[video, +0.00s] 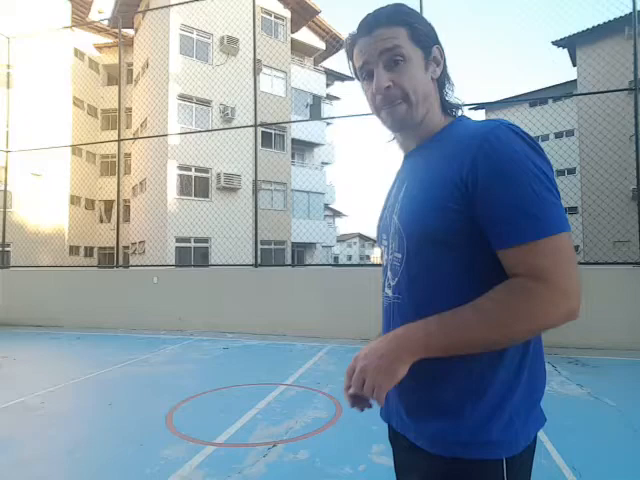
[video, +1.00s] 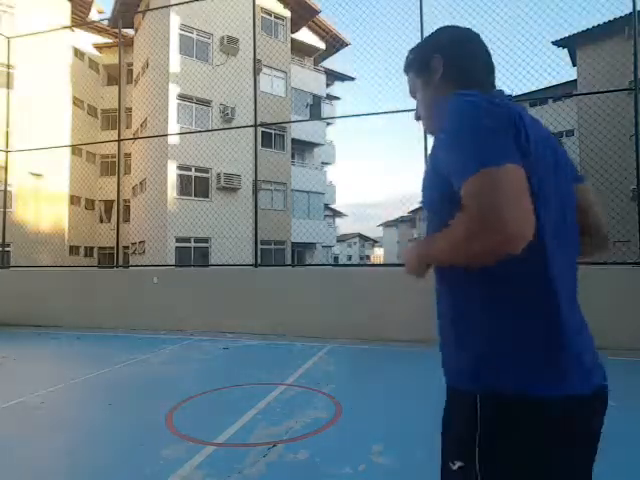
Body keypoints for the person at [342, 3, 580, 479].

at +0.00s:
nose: (381, 83)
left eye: (395, 61)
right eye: (367, 74)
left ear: (434, 63)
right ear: (361, 89)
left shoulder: (492, 146)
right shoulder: (409, 173)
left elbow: (555, 292)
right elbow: (426, 294)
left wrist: (405, 344)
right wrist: (384, 362)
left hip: (480, 439)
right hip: (414, 429)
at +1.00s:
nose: (418, 114)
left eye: (415, 94)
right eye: (413, 98)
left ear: (437, 70)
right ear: (484, 73)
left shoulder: (470, 113)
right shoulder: (537, 132)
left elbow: (503, 224)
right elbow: (591, 234)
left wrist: (427, 250)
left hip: (506, 388)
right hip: (567, 386)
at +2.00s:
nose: (369, 152)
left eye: (368, 145)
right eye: (367, 146)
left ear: (375, 142)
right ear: (419, 141)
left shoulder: (363, 178)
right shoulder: (465, 183)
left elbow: (309, 263)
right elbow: (460, 255)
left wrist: (338, 222)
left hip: (380, 380)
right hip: (455, 378)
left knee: (359, 474)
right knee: (468, 473)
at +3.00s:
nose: (394, 165)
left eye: (394, 158)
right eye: (394, 157)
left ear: (402, 160)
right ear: (441, 161)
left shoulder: (380, 204)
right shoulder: (469, 214)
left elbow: (342, 277)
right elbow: (455, 267)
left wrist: (346, 244)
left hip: (387, 381)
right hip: (454, 383)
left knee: (356, 472)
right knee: (470, 473)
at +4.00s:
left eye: (297, 192)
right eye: (329, 198)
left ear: (298, 194)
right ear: (330, 199)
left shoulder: (270, 219)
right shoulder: (340, 229)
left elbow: (254, 262)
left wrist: (288, 243)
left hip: (273, 341)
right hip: (318, 344)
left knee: (269, 412)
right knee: (343, 421)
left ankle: (259, 475)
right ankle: (336, 476)